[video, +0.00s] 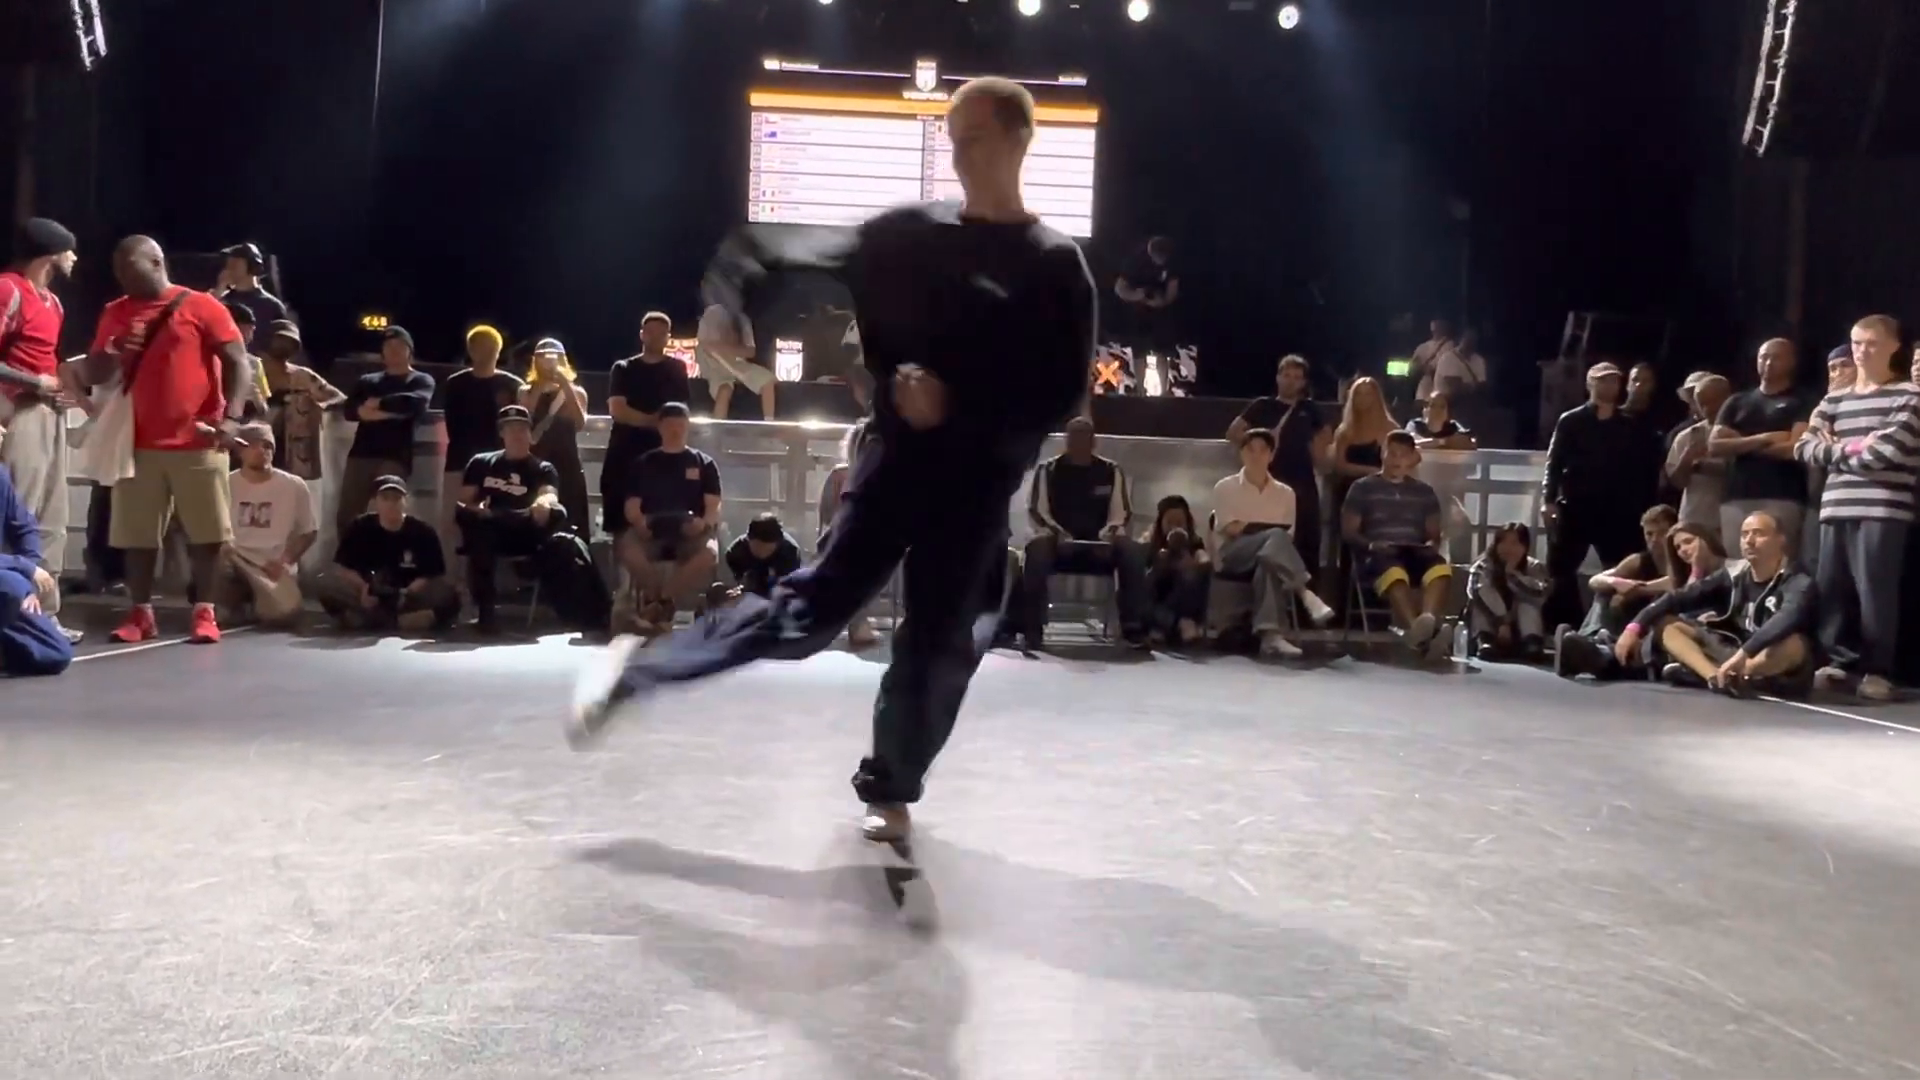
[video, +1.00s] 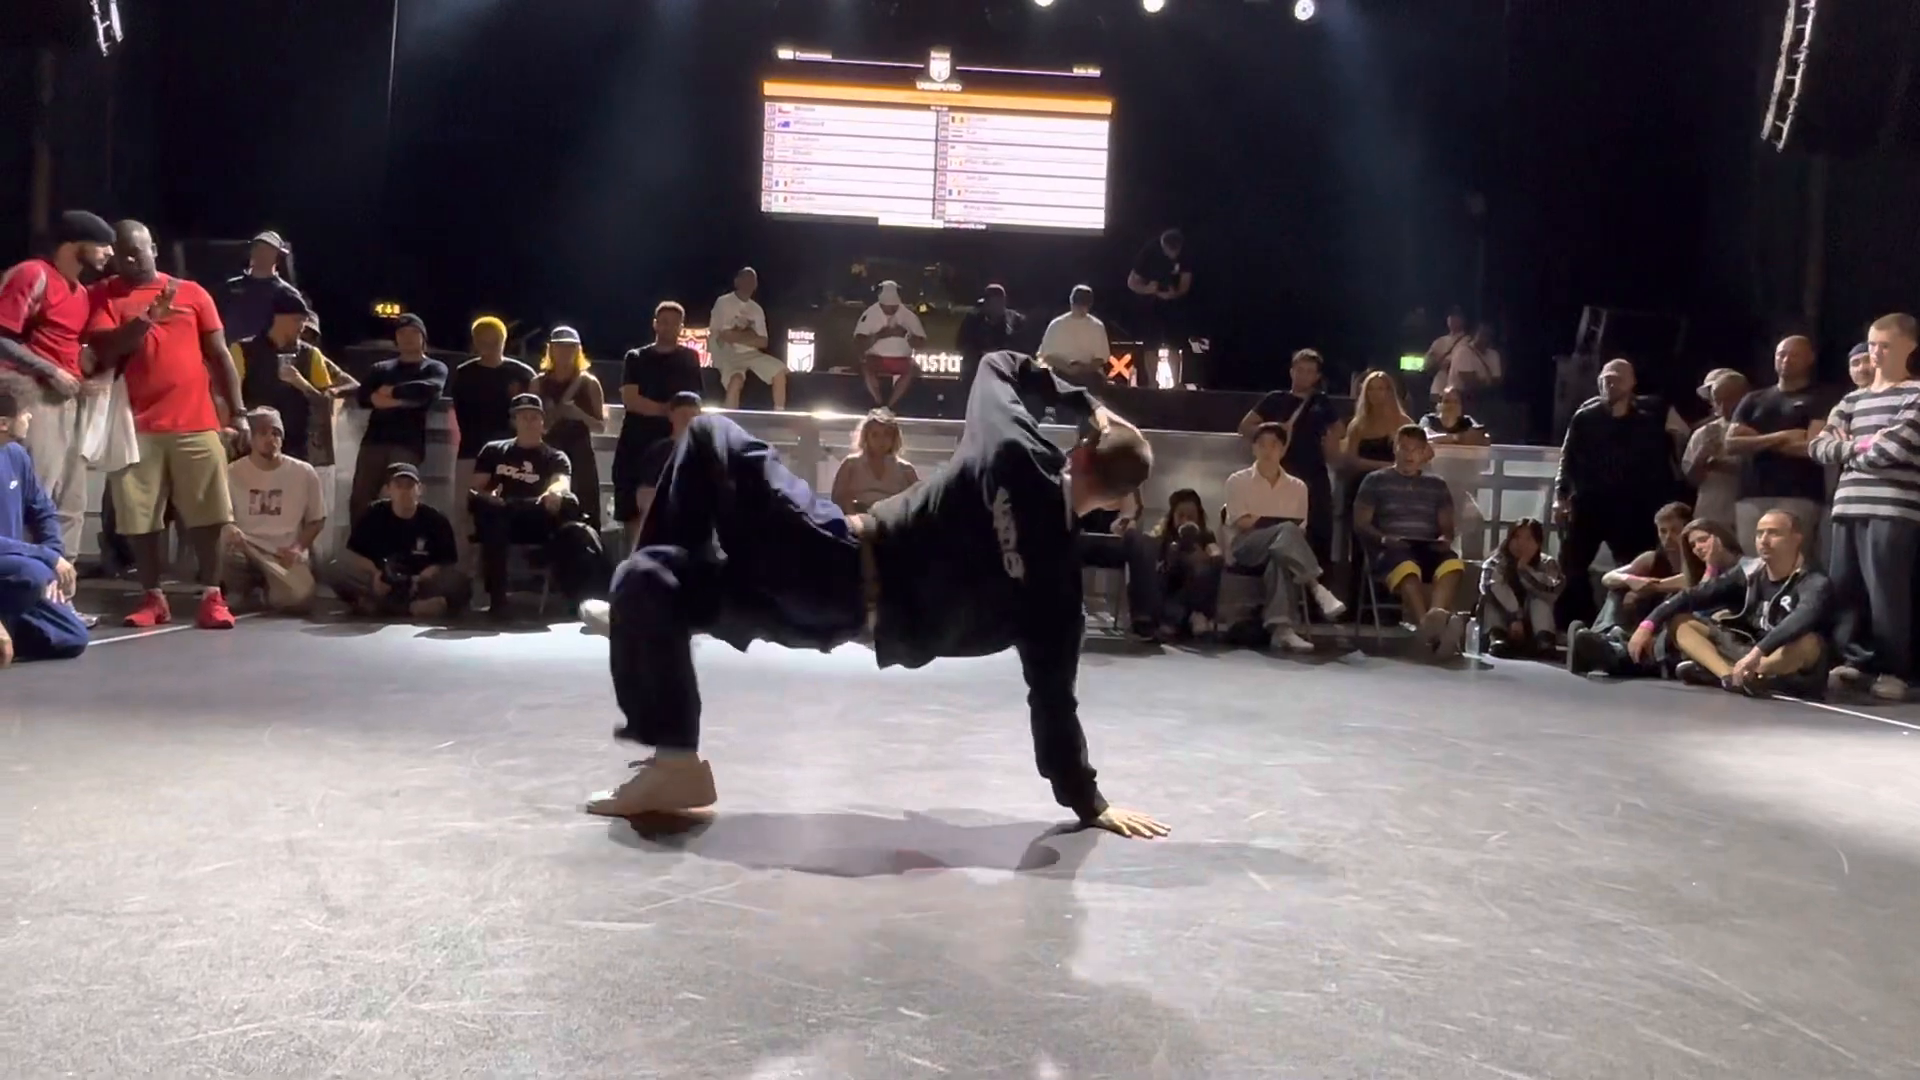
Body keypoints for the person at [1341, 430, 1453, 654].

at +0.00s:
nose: (1396, 460)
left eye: (1402, 455)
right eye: (1391, 453)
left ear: (1414, 460)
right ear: (1383, 455)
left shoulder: (1424, 492)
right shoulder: (1362, 488)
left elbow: (1433, 534)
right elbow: (1349, 531)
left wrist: (1429, 545)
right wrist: (1372, 545)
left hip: (1415, 548)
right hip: (1382, 546)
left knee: (1440, 569)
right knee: (1395, 576)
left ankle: (1425, 628)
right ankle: (1419, 637)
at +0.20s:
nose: (1398, 458)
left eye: (1405, 453)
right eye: (1394, 452)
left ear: (1417, 458)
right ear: (1386, 454)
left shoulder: (1428, 490)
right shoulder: (1366, 487)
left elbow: (1437, 533)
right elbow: (1352, 530)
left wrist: (1433, 544)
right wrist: (1375, 544)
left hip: (1418, 547)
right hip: (1385, 545)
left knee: (1444, 569)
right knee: (1399, 575)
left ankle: (1429, 625)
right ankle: (1421, 635)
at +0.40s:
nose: (1401, 457)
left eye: (1408, 452)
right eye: (1397, 451)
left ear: (1420, 457)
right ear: (1389, 453)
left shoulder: (1430, 489)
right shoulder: (1368, 485)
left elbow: (1440, 531)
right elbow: (1355, 528)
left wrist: (1437, 542)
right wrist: (1379, 542)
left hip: (1421, 546)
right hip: (1388, 544)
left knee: (1446, 568)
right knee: (1402, 575)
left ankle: (1432, 623)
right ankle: (1425, 634)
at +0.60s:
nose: (1403, 455)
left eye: (1410, 450)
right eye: (1399, 449)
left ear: (1423, 455)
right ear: (1391, 451)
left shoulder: (1432, 487)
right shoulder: (1370, 484)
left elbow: (1442, 530)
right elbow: (1356, 527)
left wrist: (1438, 542)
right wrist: (1380, 541)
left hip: (1423, 545)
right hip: (1389, 544)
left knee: (1448, 566)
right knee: (1403, 573)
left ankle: (1433, 623)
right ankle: (1427, 632)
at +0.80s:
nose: (1406, 455)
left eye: (1413, 450)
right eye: (1401, 449)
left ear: (1423, 455)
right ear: (1392, 451)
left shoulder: (1435, 486)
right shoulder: (1372, 482)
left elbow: (1444, 530)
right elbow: (1359, 526)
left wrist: (1441, 542)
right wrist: (1382, 540)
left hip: (1426, 545)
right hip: (1392, 543)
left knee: (1451, 566)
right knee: (1406, 573)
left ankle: (1435, 622)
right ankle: (1431, 634)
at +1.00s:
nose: (1409, 454)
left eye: (1415, 449)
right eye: (1404, 448)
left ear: (1426, 455)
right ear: (1395, 450)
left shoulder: (1437, 485)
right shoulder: (1375, 481)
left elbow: (1447, 529)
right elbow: (1361, 523)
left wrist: (1444, 541)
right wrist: (1384, 539)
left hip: (1429, 544)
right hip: (1395, 542)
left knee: (1453, 566)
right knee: (1408, 573)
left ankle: (1435, 622)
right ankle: (1431, 633)